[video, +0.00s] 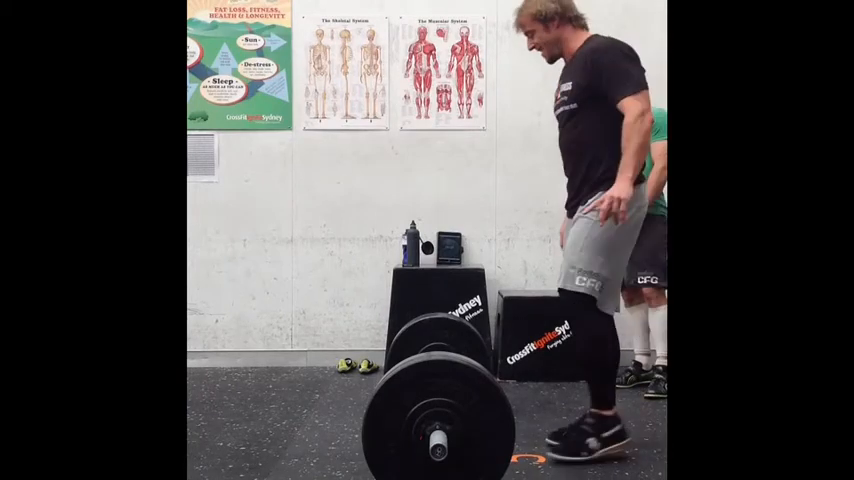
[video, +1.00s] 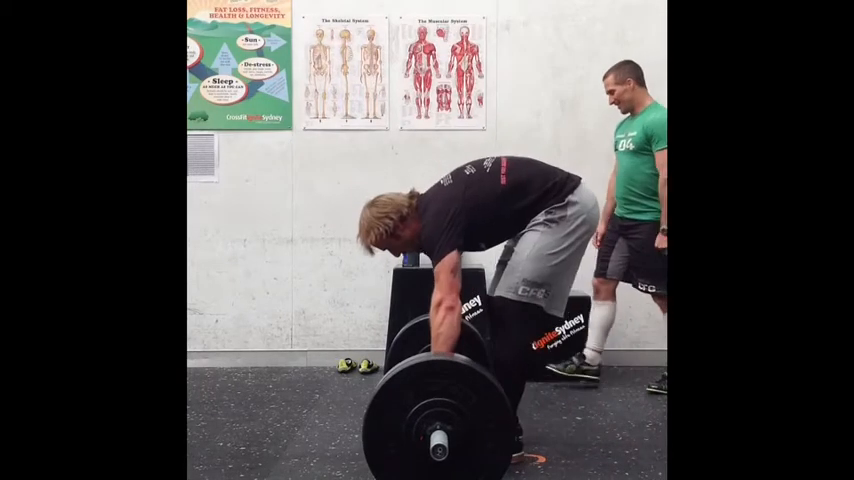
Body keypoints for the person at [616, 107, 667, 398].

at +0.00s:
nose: (622, 98)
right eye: (619, 94)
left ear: (638, 90)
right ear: (616, 98)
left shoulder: (656, 117)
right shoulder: (613, 124)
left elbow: (662, 165)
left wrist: (643, 204)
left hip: (653, 212)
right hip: (625, 214)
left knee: (653, 291)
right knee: (630, 292)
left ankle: (662, 366)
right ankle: (640, 363)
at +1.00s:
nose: (610, 98)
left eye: (613, 91)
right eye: (608, 93)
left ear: (633, 84)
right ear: (625, 87)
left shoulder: (659, 120)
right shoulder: (623, 125)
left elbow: (665, 177)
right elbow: (617, 175)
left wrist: (665, 228)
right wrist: (604, 220)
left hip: (650, 225)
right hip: (620, 221)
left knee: (662, 297)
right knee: (602, 286)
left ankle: (668, 372)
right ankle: (589, 363)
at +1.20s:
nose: (581, 106)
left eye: (583, 99)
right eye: (578, 101)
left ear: (601, 91)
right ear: (597, 94)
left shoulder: (634, 126)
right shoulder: (598, 131)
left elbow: (640, 181)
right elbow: (600, 182)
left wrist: (629, 230)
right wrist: (594, 222)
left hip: (634, 229)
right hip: (603, 227)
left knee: (654, 298)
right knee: (580, 291)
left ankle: (669, 373)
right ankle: (550, 361)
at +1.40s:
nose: (540, 109)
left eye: (541, 101)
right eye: (538, 103)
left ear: (558, 92)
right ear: (554, 94)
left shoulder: (589, 123)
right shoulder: (562, 130)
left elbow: (597, 176)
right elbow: (563, 179)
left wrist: (582, 226)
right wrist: (554, 219)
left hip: (595, 224)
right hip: (570, 225)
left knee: (610, 295)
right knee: (558, 292)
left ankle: (662, 357)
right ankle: (538, 366)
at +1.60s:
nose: (511, 106)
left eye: (512, 98)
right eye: (508, 100)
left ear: (528, 89)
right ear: (526, 90)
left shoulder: (556, 119)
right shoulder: (539, 122)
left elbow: (560, 175)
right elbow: (536, 172)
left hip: (555, 216)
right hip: (541, 216)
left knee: (542, 287)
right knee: (539, 287)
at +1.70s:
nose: (498, 104)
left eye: (499, 97)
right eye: (496, 99)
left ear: (516, 88)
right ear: (512, 89)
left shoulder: (541, 120)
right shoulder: (526, 122)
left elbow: (543, 179)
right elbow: (521, 174)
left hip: (546, 218)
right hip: (530, 217)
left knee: (539, 289)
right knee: (528, 287)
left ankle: (537, 364)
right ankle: (528, 362)